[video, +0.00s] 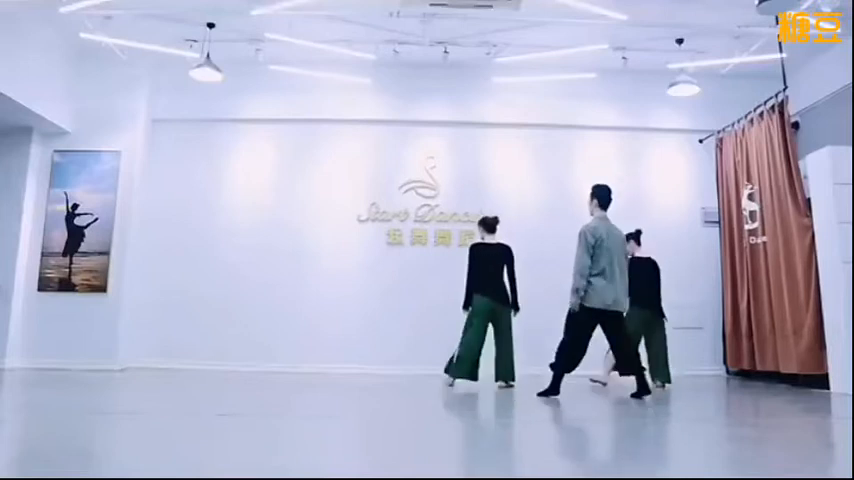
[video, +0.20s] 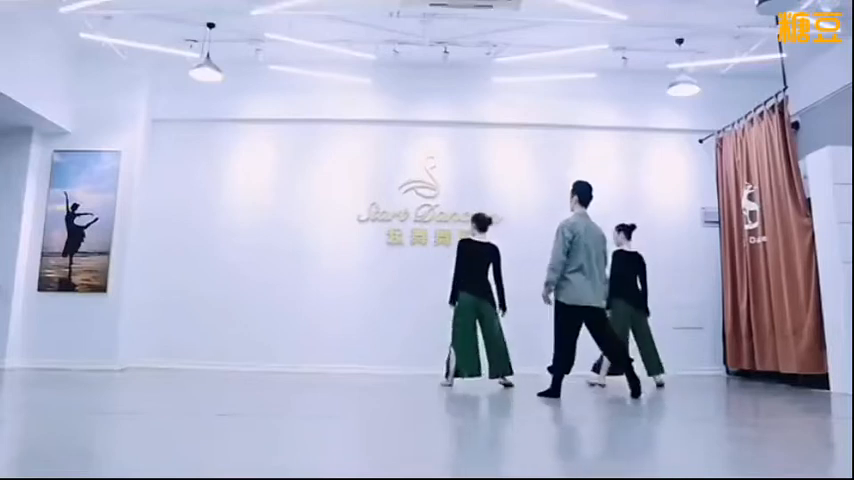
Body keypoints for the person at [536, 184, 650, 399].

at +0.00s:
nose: (588, 204)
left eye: (589, 200)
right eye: (590, 200)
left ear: (594, 201)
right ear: (607, 204)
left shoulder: (589, 230)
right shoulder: (619, 235)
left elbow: (582, 268)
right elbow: (623, 268)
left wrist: (575, 298)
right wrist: (622, 299)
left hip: (591, 299)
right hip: (615, 300)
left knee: (571, 343)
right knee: (623, 344)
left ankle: (554, 385)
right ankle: (641, 383)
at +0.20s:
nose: (569, 199)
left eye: (570, 196)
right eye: (571, 196)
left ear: (574, 198)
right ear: (589, 200)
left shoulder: (567, 226)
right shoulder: (598, 232)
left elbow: (558, 260)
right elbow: (603, 266)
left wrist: (548, 284)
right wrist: (601, 295)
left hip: (569, 295)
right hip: (593, 296)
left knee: (564, 343)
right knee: (607, 340)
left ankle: (555, 387)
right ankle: (631, 377)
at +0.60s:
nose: (545, 197)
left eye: (546, 193)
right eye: (548, 193)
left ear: (549, 195)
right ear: (565, 198)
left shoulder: (541, 225)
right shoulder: (576, 229)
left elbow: (531, 259)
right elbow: (581, 265)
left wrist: (522, 283)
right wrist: (581, 290)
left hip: (547, 295)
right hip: (572, 294)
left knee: (550, 342)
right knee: (589, 337)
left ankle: (554, 387)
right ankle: (614, 374)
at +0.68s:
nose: (543, 197)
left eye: (544, 193)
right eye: (546, 193)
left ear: (547, 195)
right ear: (564, 198)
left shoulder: (539, 225)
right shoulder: (574, 230)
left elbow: (529, 259)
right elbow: (580, 266)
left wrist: (521, 283)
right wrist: (581, 291)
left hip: (546, 295)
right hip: (571, 295)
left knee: (549, 342)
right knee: (588, 338)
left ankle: (554, 387)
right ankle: (613, 375)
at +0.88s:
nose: (540, 196)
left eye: (541, 193)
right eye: (545, 193)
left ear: (542, 195)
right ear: (561, 197)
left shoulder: (534, 225)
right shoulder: (570, 228)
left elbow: (526, 259)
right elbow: (578, 264)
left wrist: (518, 284)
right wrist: (580, 289)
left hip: (543, 296)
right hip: (568, 295)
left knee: (547, 343)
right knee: (587, 338)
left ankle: (554, 387)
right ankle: (610, 375)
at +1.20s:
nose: (539, 197)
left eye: (539, 193)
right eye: (549, 193)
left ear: (539, 195)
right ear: (558, 197)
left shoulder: (531, 225)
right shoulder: (568, 228)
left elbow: (523, 259)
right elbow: (578, 264)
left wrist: (515, 285)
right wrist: (580, 290)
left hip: (542, 296)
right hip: (568, 295)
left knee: (547, 343)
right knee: (588, 339)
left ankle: (554, 388)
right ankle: (611, 377)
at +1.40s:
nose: (540, 196)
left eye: (539, 193)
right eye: (549, 193)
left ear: (539, 195)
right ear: (558, 197)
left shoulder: (530, 226)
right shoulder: (568, 228)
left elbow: (522, 260)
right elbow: (578, 264)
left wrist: (516, 286)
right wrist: (581, 290)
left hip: (542, 296)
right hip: (568, 295)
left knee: (548, 343)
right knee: (588, 338)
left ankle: (554, 387)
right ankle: (611, 377)